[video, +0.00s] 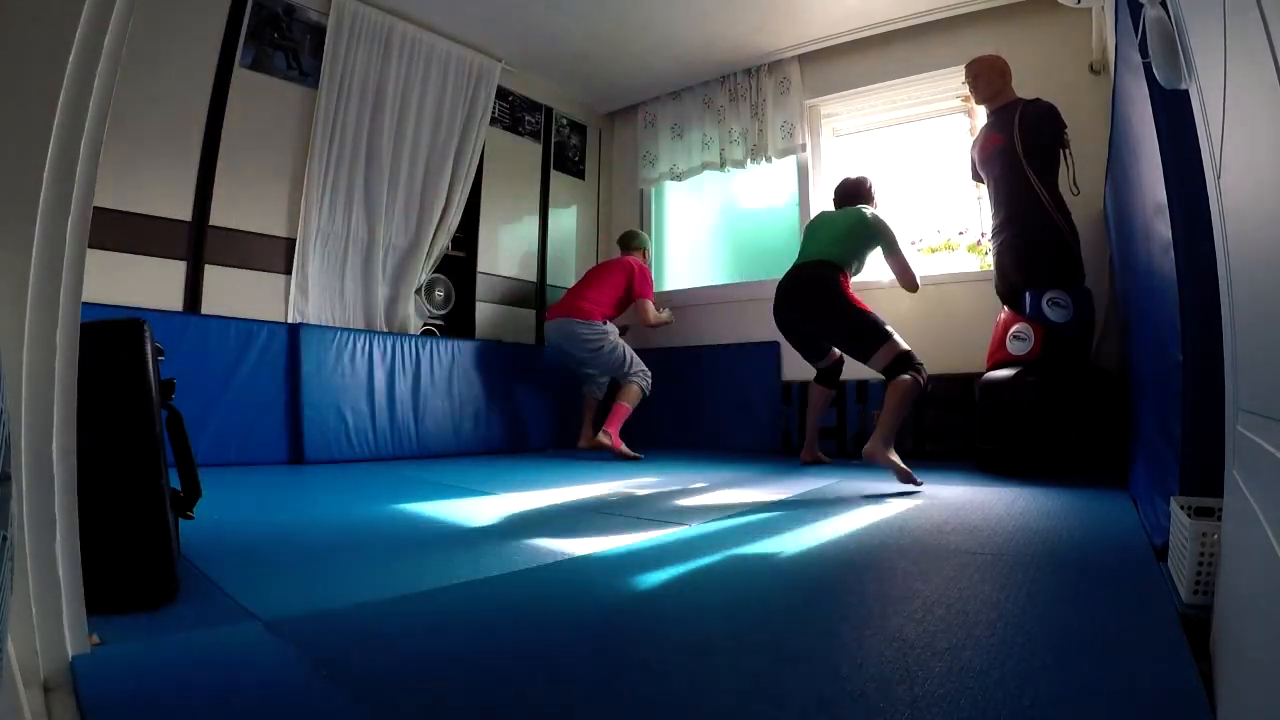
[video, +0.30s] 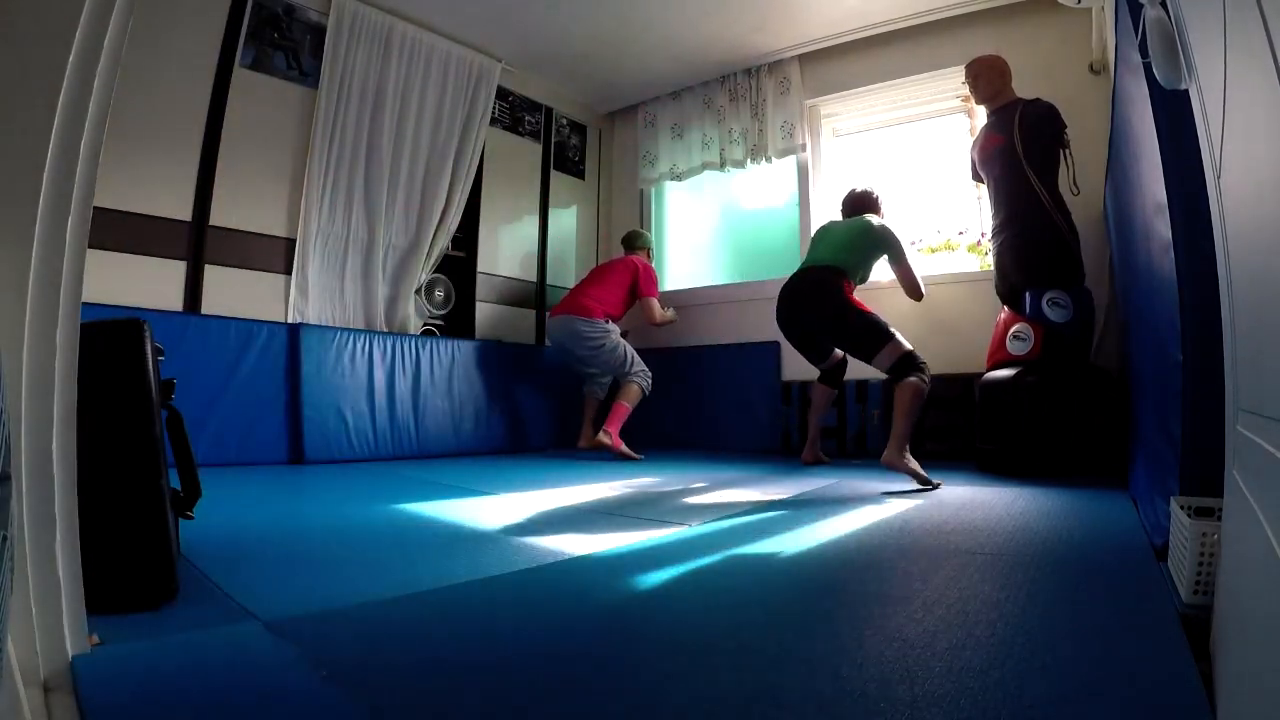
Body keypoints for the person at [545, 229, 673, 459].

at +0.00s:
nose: (649, 258)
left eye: (648, 254)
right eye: (649, 253)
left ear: (621, 251)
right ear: (644, 252)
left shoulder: (604, 266)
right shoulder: (638, 267)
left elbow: (583, 304)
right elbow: (649, 318)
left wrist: (611, 328)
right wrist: (664, 317)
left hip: (553, 324)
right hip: (586, 325)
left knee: (597, 375)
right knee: (639, 375)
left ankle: (586, 435)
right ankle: (610, 432)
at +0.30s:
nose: (652, 258)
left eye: (651, 255)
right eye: (651, 254)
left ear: (625, 251)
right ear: (648, 252)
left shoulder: (608, 266)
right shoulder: (642, 266)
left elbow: (589, 301)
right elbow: (654, 317)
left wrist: (611, 330)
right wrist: (669, 316)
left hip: (557, 321)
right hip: (588, 323)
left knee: (599, 374)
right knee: (639, 375)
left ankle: (587, 435)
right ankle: (610, 432)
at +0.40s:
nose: (651, 256)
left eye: (651, 252)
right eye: (651, 252)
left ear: (625, 249)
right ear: (647, 250)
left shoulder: (609, 264)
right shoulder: (641, 265)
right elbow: (653, 316)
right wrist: (668, 316)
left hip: (556, 319)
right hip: (587, 321)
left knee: (599, 374)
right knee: (638, 372)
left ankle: (587, 435)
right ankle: (610, 431)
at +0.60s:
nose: (649, 247)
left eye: (649, 244)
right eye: (649, 244)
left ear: (621, 242)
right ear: (645, 242)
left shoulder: (602, 257)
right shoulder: (642, 257)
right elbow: (653, 309)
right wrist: (668, 310)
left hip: (554, 314)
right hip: (587, 316)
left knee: (592, 370)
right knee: (636, 373)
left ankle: (586, 435)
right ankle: (608, 437)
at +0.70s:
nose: (645, 240)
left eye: (645, 238)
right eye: (645, 237)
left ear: (616, 234)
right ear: (641, 235)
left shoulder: (597, 248)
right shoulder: (638, 249)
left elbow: (577, 278)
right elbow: (651, 300)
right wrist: (668, 304)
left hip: (547, 303)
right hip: (583, 304)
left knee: (584, 364)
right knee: (627, 368)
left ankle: (584, 431)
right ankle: (607, 439)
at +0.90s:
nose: (632, 238)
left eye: (632, 235)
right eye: (632, 234)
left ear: (602, 231)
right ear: (627, 232)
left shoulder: (587, 244)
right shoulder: (622, 245)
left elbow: (562, 278)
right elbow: (637, 297)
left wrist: (588, 306)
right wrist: (657, 298)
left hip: (526, 299)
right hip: (561, 298)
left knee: (568, 362)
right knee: (613, 357)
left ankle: (552, 437)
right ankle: (587, 424)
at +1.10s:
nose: (617, 231)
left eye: (616, 228)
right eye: (616, 227)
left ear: (584, 223)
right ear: (611, 225)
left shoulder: (568, 236)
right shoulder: (608, 237)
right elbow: (622, 292)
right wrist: (641, 294)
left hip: (503, 289)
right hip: (539, 290)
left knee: (549, 363)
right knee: (584, 362)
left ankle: (546, 434)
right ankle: (557, 437)